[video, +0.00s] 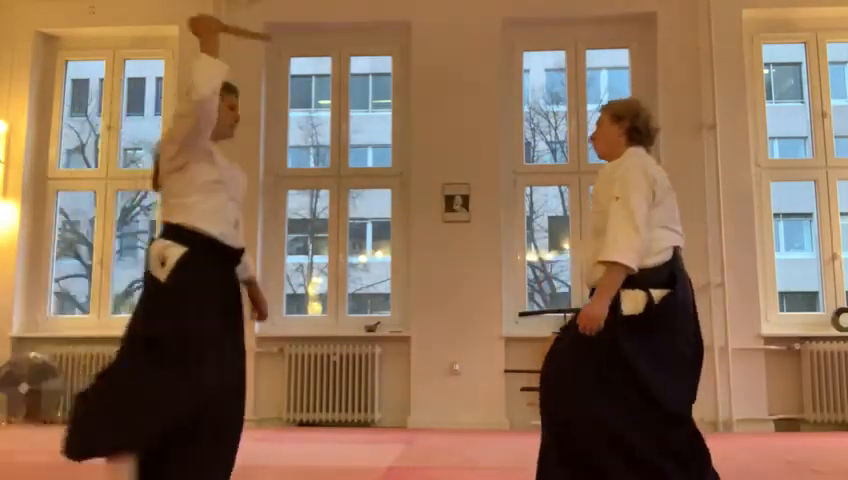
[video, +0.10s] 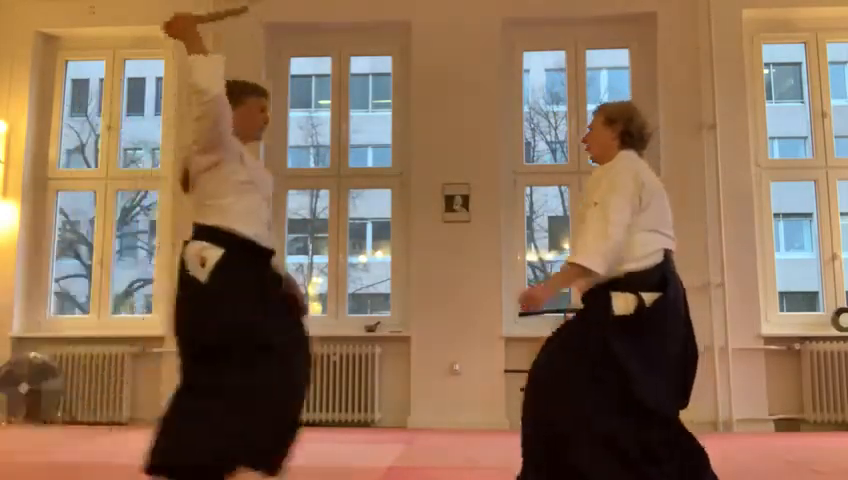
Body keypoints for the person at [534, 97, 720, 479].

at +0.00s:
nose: (592, 133)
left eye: (600, 125)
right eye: (595, 125)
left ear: (623, 130)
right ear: (626, 131)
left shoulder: (631, 165)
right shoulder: (640, 165)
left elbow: (628, 237)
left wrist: (600, 298)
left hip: (640, 293)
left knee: (564, 368)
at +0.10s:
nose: (585, 136)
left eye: (593, 127)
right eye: (588, 128)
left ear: (617, 132)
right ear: (620, 135)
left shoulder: (620, 170)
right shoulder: (637, 170)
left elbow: (604, 243)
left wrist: (549, 286)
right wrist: (591, 282)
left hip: (629, 301)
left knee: (552, 375)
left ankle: (547, 470)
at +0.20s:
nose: (573, 139)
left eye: (581, 131)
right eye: (576, 131)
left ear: (604, 135)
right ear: (607, 137)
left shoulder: (608, 175)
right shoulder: (627, 176)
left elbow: (570, 225)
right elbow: (620, 259)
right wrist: (560, 285)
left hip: (612, 313)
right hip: (640, 310)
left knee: (536, 378)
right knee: (637, 414)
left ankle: (508, 470)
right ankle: (689, 473)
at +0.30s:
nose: (551, 135)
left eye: (557, 127)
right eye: (554, 127)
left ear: (581, 132)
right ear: (587, 135)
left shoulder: (582, 174)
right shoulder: (608, 181)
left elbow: (519, 193)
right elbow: (563, 255)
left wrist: (465, 169)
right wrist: (496, 246)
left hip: (586, 322)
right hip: (619, 319)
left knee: (510, 389)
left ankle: (477, 469)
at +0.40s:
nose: (511, 124)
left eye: (519, 116)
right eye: (515, 116)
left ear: (542, 125)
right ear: (544, 128)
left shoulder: (547, 163)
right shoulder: (540, 183)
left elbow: (473, 154)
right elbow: (469, 220)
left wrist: (419, 116)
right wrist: (423, 187)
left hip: (554, 316)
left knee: (478, 394)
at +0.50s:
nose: (473, 115)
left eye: (480, 108)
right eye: (477, 108)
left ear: (501, 116)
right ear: (511, 118)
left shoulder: (508, 151)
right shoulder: (494, 169)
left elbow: (433, 131)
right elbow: (451, 197)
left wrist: (385, 91)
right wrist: (409, 185)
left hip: (521, 297)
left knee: (446, 386)